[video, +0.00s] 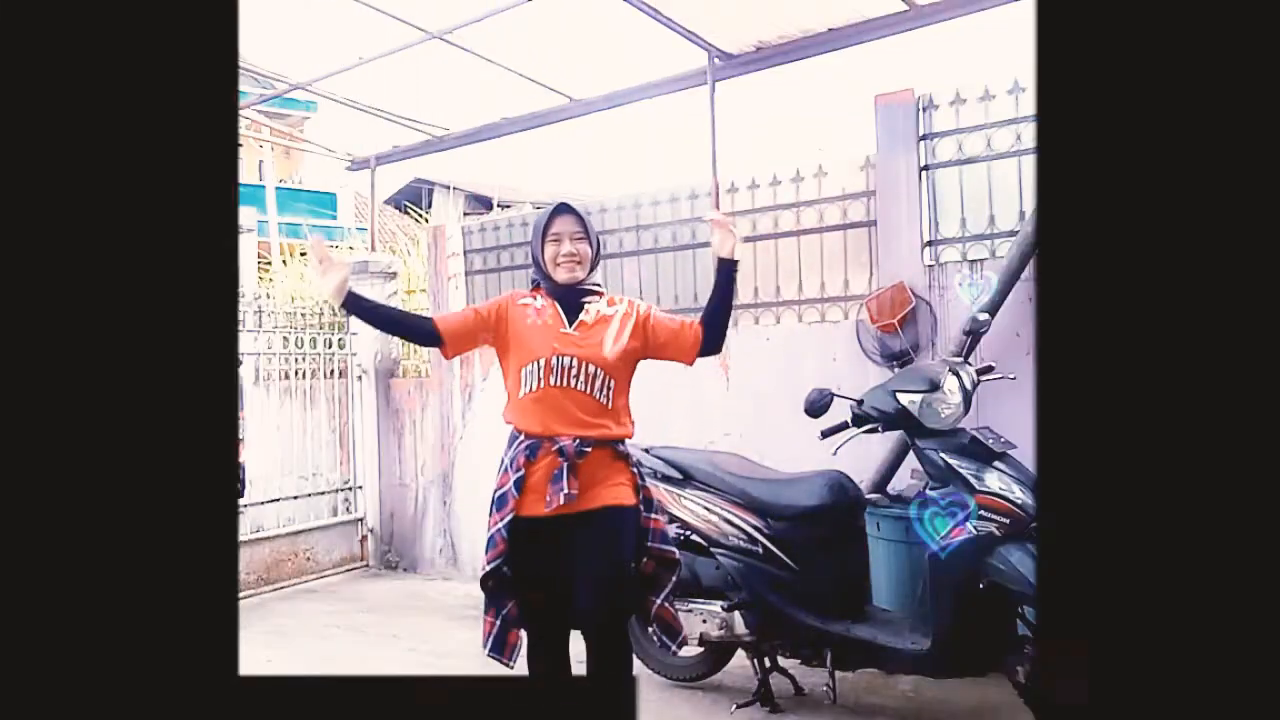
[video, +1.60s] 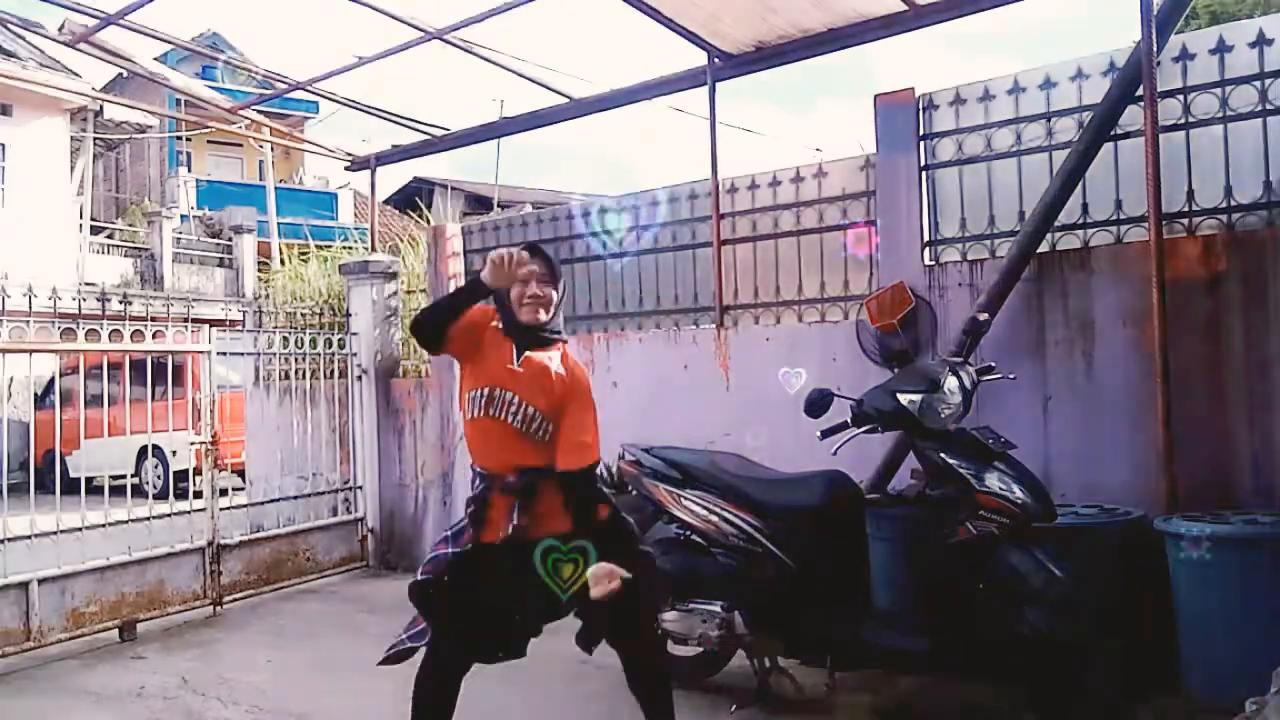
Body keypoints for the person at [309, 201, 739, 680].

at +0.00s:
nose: (569, 249)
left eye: (579, 239)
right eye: (556, 240)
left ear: (593, 250)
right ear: (539, 252)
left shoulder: (629, 315)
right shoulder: (509, 310)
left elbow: (706, 338)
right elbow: (428, 330)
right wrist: (347, 297)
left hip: (606, 494)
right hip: (531, 497)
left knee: (606, 637)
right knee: (545, 641)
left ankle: (614, 718)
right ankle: (553, 718)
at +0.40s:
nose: (564, 250)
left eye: (574, 240)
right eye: (551, 242)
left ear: (589, 252)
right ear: (534, 255)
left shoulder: (625, 317)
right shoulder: (509, 319)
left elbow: (707, 332)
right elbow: (448, 380)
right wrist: (430, 307)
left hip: (610, 502)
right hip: (534, 505)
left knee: (602, 640)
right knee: (533, 639)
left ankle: (603, 719)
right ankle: (540, 718)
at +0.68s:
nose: (560, 244)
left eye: (570, 236)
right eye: (548, 236)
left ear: (584, 250)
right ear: (532, 251)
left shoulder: (616, 314)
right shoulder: (503, 310)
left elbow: (695, 344)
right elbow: (426, 340)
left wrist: (742, 281)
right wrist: (376, 276)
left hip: (599, 490)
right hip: (525, 494)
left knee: (607, 628)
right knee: (535, 634)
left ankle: (610, 716)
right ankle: (543, 717)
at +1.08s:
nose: (555, 240)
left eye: (565, 231)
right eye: (543, 232)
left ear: (579, 241)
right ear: (527, 245)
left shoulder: (617, 308)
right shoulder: (504, 308)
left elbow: (701, 326)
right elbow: (440, 366)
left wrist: (746, 265)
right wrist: (418, 298)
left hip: (601, 495)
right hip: (518, 492)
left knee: (606, 637)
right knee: (475, 630)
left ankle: (610, 718)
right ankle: (461, 719)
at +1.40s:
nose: (535, 233)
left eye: (545, 223)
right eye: (523, 224)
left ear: (561, 234)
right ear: (507, 236)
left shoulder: (590, 295)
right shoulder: (477, 296)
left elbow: (669, 324)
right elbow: (412, 348)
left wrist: (731, 291)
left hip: (574, 465)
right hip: (491, 470)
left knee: (616, 607)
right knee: (453, 614)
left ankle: (639, 714)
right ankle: (426, 716)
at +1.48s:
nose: (530, 234)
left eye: (541, 225)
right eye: (518, 225)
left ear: (557, 237)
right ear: (501, 238)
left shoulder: (583, 300)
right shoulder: (473, 290)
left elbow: (657, 353)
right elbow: (397, 315)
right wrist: (413, 240)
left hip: (570, 451)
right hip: (491, 453)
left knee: (620, 603)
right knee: (453, 608)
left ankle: (655, 713)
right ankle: (420, 716)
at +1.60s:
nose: (536, 291)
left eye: (546, 282)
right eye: (524, 281)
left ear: (559, 295)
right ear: (504, 293)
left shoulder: (568, 372)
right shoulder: (478, 335)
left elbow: (580, 474)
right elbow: (423, 330)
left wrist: (602, 555)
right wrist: (481, 286)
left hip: (566, 534)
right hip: (494, 537)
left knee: (642, 643)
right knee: (442, 658)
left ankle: (662, 715)